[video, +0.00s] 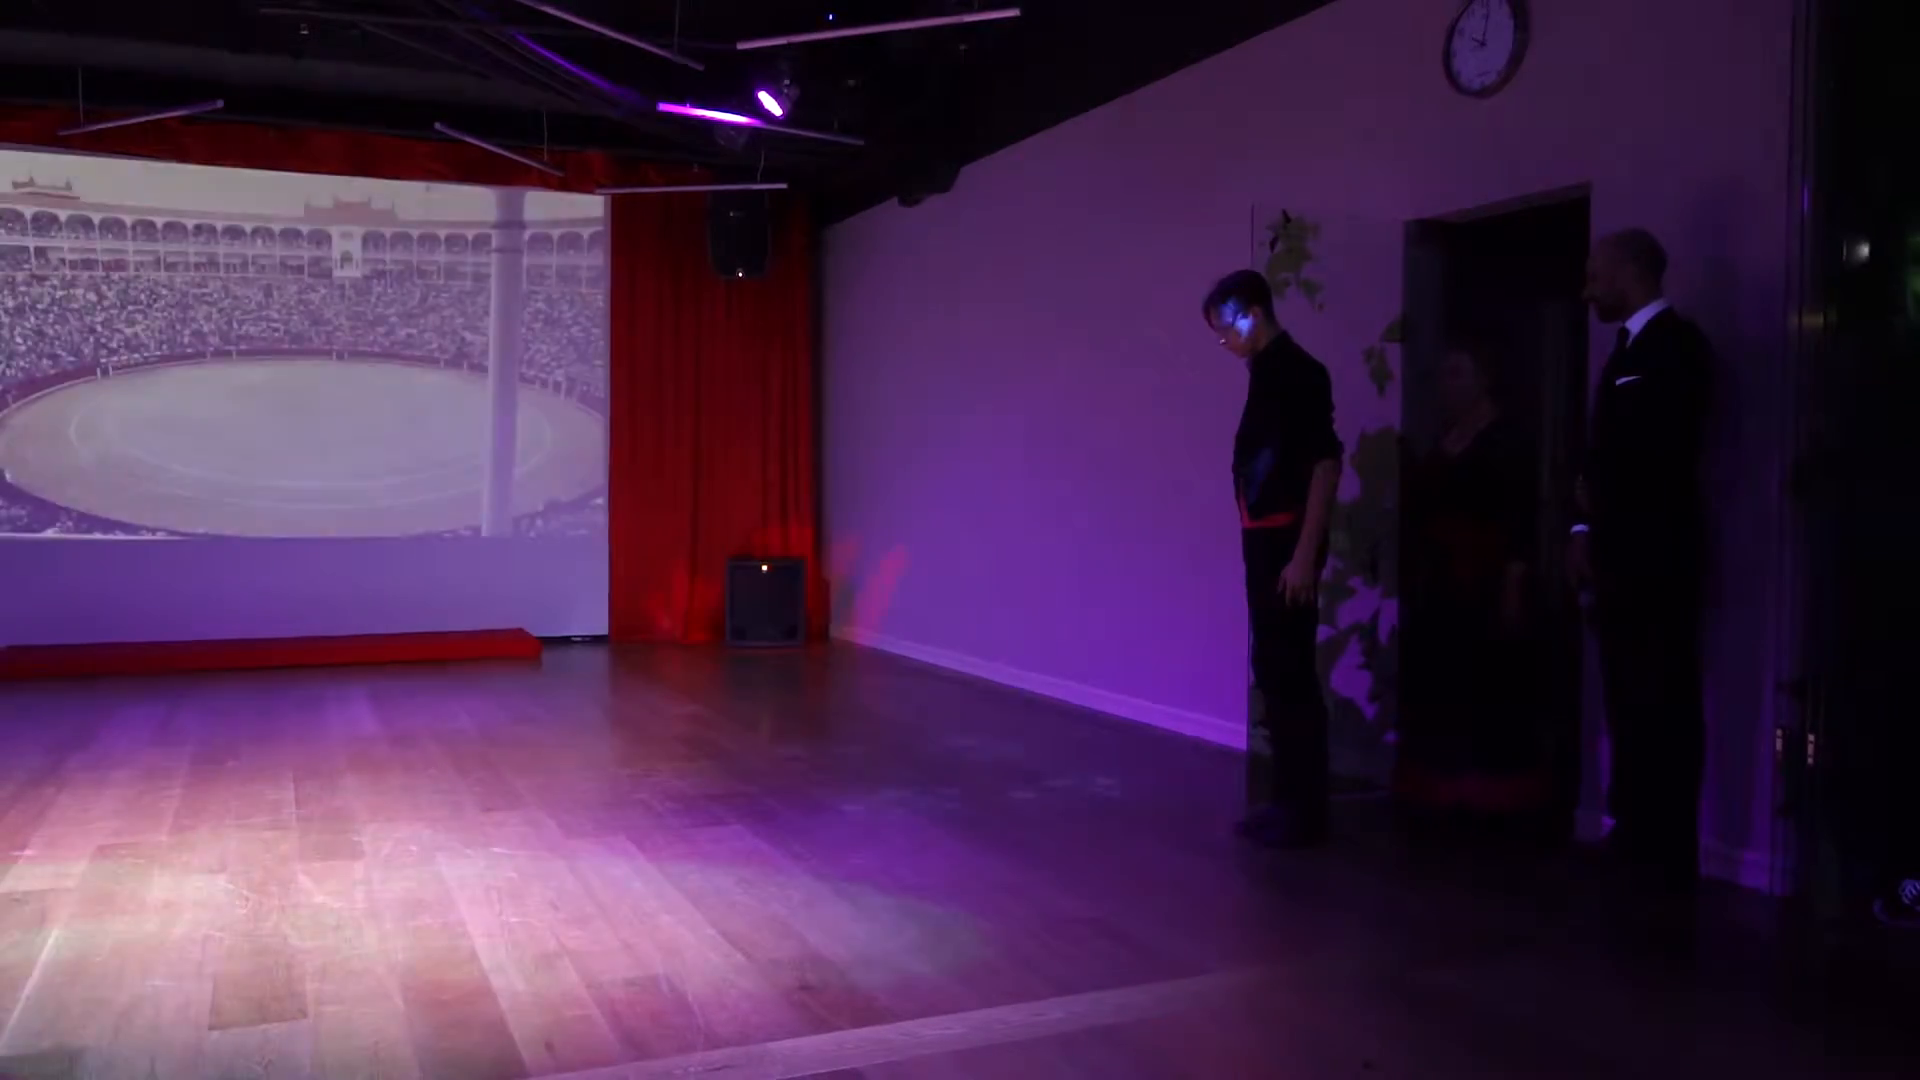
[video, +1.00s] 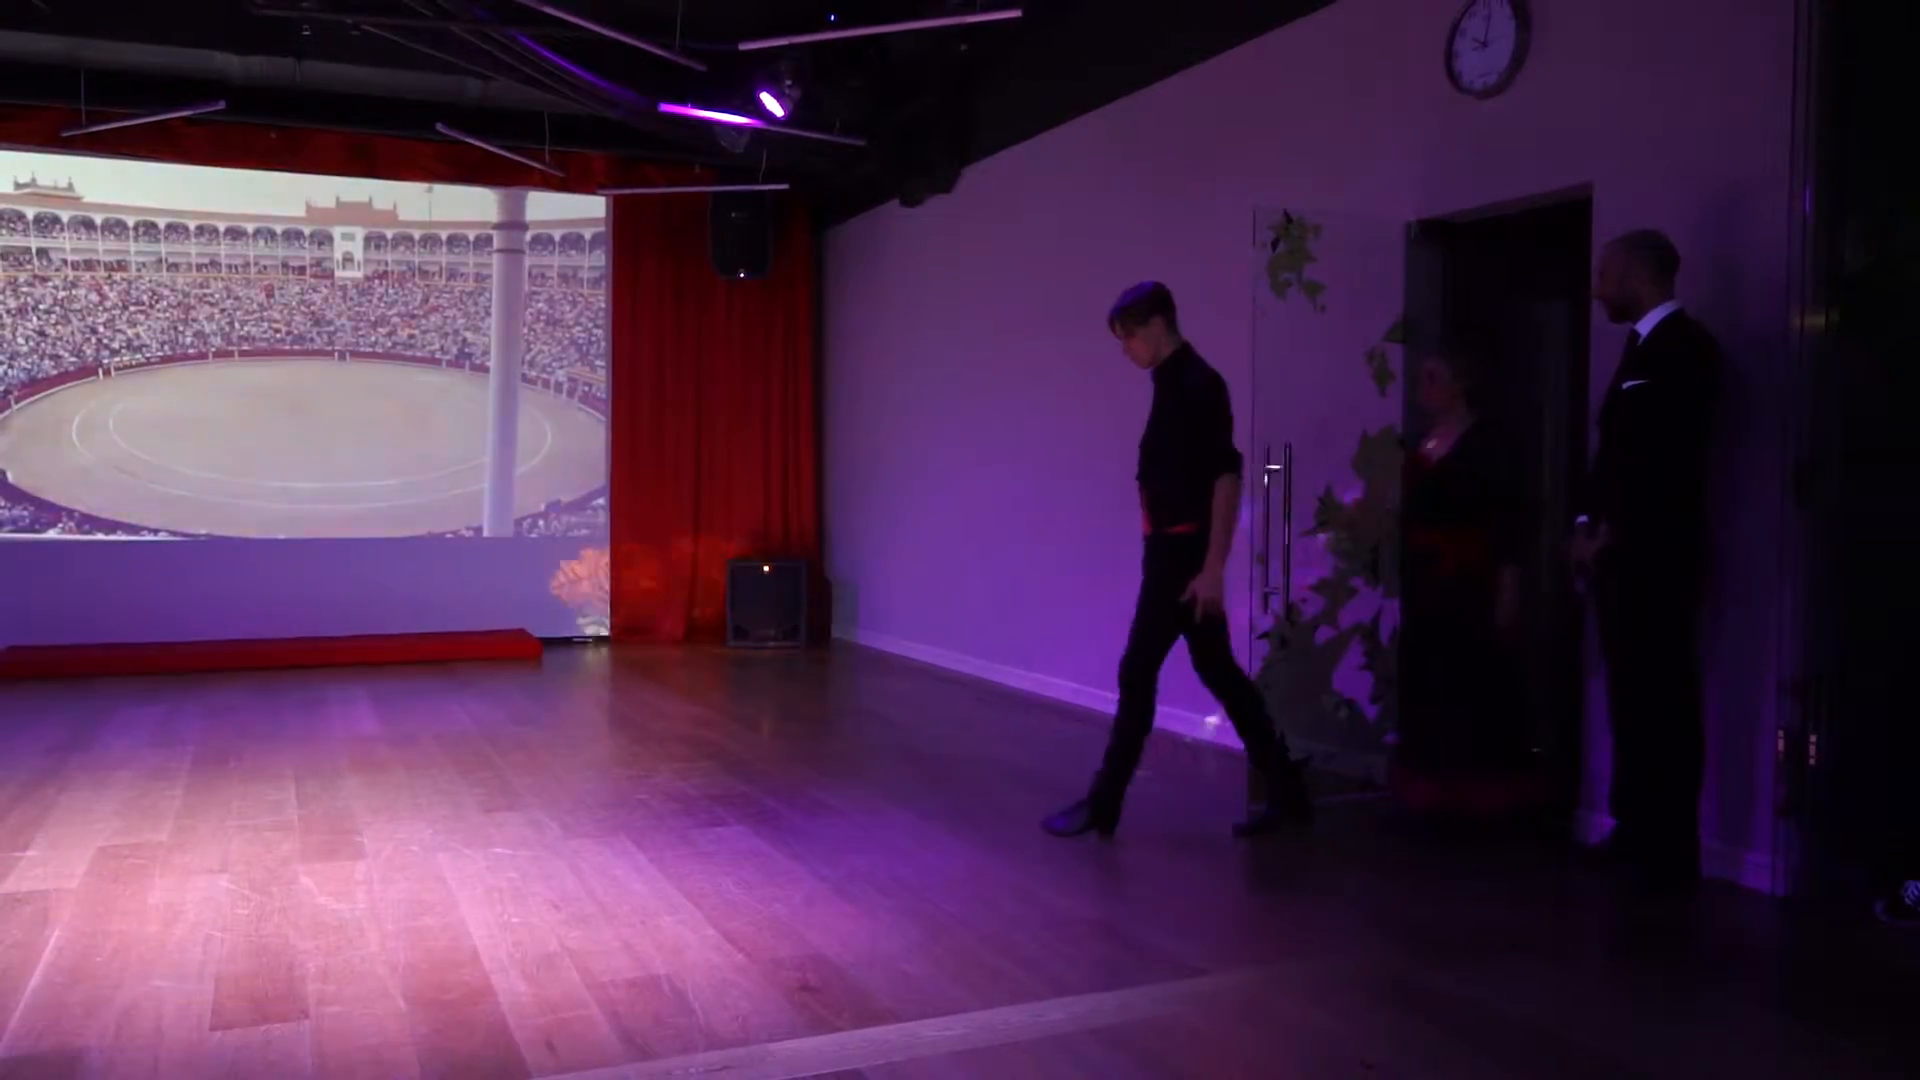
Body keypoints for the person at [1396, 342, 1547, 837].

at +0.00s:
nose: (1449, 385)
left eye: (1459, 375)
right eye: (1445, 375)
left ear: (1483, 380)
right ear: (1438, 381)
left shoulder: (1505, 439)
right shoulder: (1439, 440)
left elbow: (1514, 519)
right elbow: (1423, 515)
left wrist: (1511, 585)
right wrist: (1415, 574)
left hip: (1488, 591)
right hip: (1438, 587)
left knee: (1489, 699)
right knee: (1438, 694)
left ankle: (1492, 805)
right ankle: (1438, 800)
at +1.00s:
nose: (1427, 391)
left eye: (1436, 381)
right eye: (1425, 381)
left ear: (1460, 385)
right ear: (1426, 388)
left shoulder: (1486, 444)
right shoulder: (1423, 446)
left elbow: (1499, 518)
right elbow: (1414, 519)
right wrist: (1410, 581)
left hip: (1473, 590)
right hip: (1426, 589)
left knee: (1472, 693)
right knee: (1426, 690)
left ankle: (1477, 793)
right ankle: (1425, 791)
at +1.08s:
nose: (1418, 397)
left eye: (1427, 385)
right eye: (1414, 386)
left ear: (1452, 391)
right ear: (1410, 392)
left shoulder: (1474, 444)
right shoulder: (1416, 445)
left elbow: (1485, 519)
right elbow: (1405, 513)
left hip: (1461, 585)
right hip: (1418, 584)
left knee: (1457, 690)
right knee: (1419, 690)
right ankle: (1415, 788)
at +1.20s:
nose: (1393, 389)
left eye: (1403, 379)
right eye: (1392, 379)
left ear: (1433, 384)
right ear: (1398, 385)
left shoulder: (1456, 445)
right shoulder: (1402, 447)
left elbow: (1470, 523)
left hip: (1440, 586)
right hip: (1401, 583)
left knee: (1425, 693)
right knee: (1401, 692)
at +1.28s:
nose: (1379, 380)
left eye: (1391, 372)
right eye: (1381, 371)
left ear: (1420, 382)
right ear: (1399, 382)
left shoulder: (1440, 444)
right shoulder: (1386, 441)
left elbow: (1453, 520)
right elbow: (1376, 515)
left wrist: (1456, 588)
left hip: (1422, 581)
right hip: (1384, 578)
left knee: (1401, 689)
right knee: (1393, 687)